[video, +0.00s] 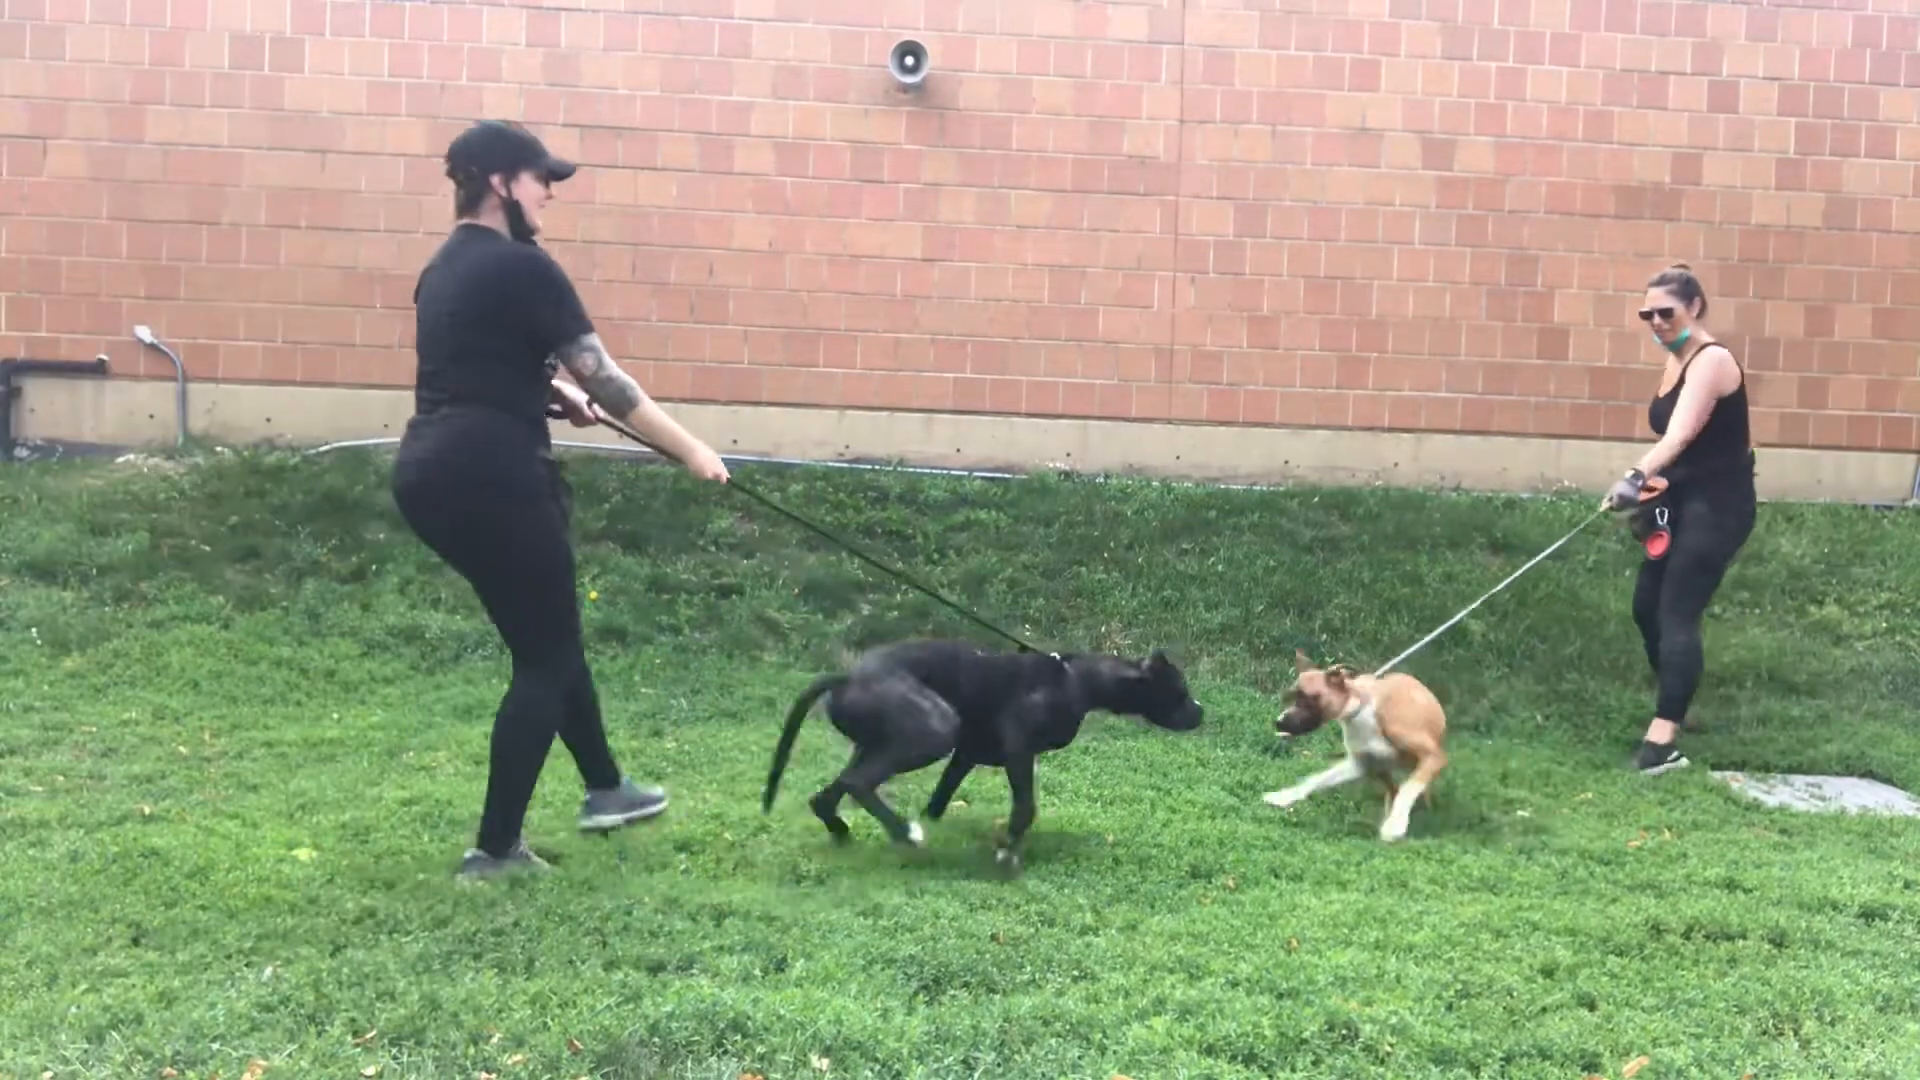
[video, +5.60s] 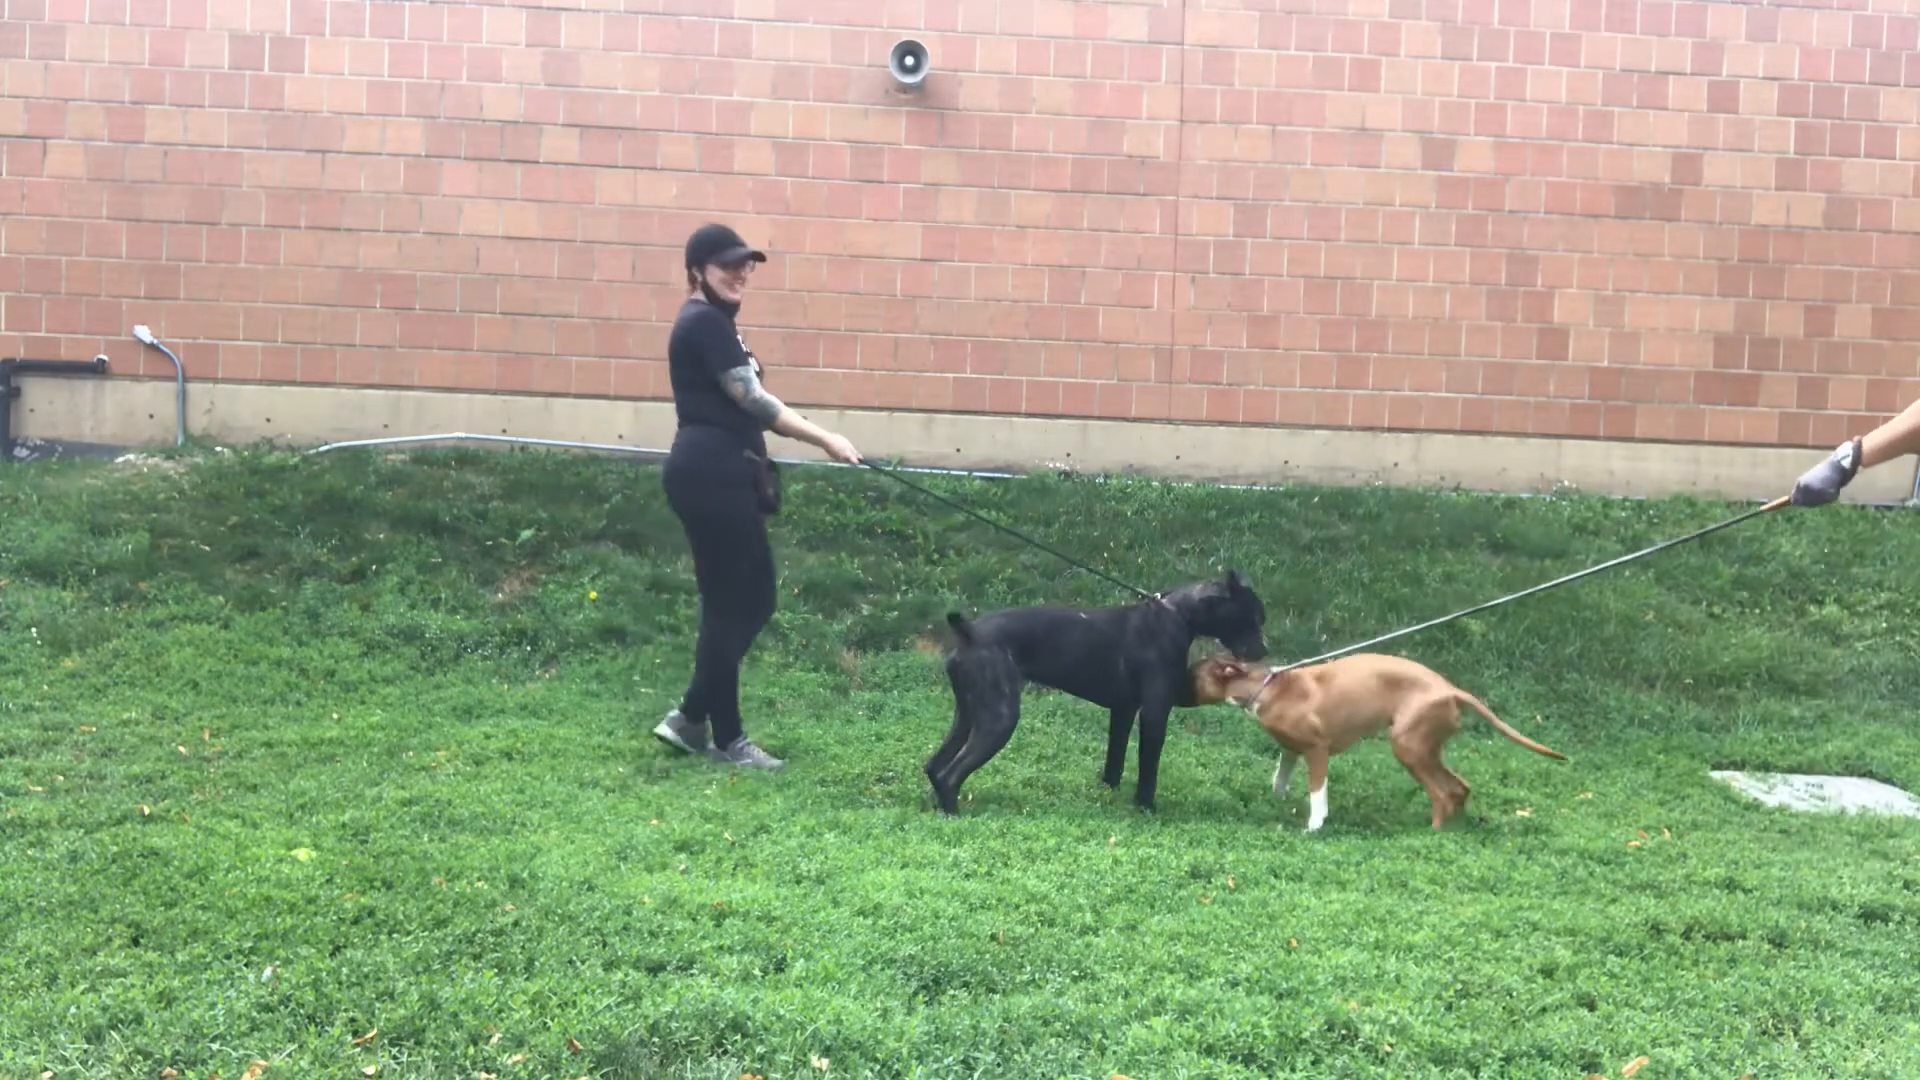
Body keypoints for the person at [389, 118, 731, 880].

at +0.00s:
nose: (549, 195)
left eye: (549, 181)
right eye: (541, 180)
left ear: (479, 186)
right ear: (500, 184)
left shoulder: (442, 267)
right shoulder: (523, 267)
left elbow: (470, 367)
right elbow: (605, 383)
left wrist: (549, 393)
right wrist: (691, 450)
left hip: (427, 468)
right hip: (498, 470)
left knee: (552, 629)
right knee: (544, 655)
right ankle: (497, 848)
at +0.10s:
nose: (583, 221)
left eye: (583, 207)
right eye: (575, 205)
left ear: (519, 211)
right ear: (534, 207)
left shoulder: (483, 290)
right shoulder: (550, 285)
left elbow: (531, 404)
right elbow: (623, 401)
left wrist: (617, 427)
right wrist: (706, 459)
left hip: (488, 481)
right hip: (544, 482)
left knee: (598, 643)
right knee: (612, 653)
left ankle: (639, 801)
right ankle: (513, 827)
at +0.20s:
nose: (618, 235)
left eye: (618, 222)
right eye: (611, 220)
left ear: (557, 222)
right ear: (572, 220)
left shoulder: (529, 290)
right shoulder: (576, 293)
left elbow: (575, 419)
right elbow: (635, 408)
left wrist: (663, 441)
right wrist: (724, 466)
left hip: (521, 487)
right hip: (570, 489)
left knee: (640, 636)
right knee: (679, 627)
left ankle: (647, 804)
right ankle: (594, 785)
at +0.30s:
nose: (647, 239)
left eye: (648, 227)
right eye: (641, 225)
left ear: (586, 224)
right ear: (603, 222)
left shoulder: (545, 297)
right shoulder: (614, 293)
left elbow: (567, 398)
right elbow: (680, 400)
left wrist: (639, 413)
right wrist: (761, 454)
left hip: (536, 486)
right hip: (600, 483)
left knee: (640, 635)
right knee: (701, 618)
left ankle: (644, 802)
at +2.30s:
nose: (722, 266)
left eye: (723, 256)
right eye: (716, 255)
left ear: (671, 253)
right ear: (682, 251)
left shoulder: (626, 307)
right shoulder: (693, 307)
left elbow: (648, 401)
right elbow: (734, 408)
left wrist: (718, 417)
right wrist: (796, 455)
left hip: (618, 468)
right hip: (682, 473)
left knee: (635, 623)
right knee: (717, 625)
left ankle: (633, 771)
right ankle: (729, 775)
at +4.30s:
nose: (734, 270)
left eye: (735, 261)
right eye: (726, 260)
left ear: (695, 264)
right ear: (692, 261)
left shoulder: (669, 309)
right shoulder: (695, 316)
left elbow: (702, 402)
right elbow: (733, 405)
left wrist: (745, 424)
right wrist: (802, 450)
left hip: (651, 466)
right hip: (685, 472)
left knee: (660, 611)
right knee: (730, 609)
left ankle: (638, 753)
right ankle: (747, 751)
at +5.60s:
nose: (742, 275)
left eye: (745, 266)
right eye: (730, 265)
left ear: (744, 270)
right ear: (700, 271)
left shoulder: (706, 319)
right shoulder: (706, 322)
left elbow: (738, 402)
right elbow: (754, 401)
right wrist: (825, 438)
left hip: (708, 467)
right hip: (713, 470)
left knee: (732, 599)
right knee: (745, 601)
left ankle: (691, 720)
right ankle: (723, 741)